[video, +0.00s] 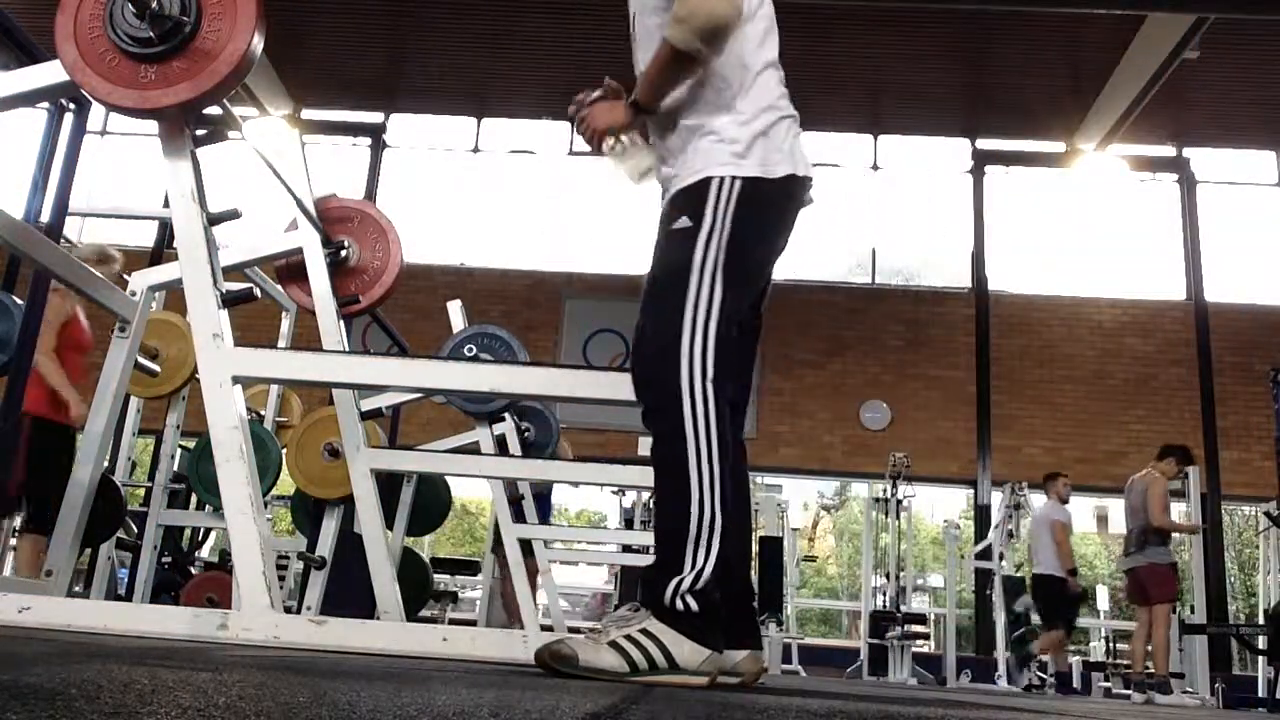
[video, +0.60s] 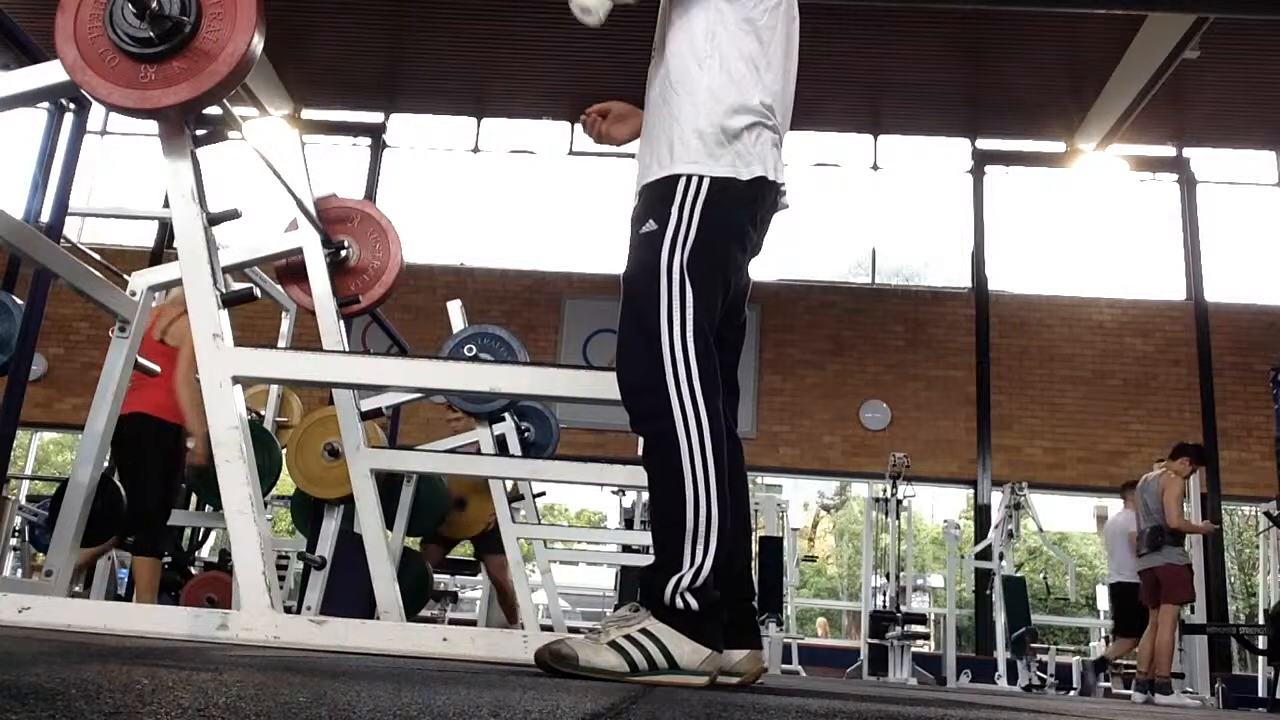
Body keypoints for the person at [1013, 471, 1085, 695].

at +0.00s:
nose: (1069, 490)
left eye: (1069, 486)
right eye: (1066, 485)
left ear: (1050, 490)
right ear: (1053, 488)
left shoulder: (1038, 513)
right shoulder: (1058, 510)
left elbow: (1032, 549)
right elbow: (1062, 541)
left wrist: (1040, 568)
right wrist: (1072, 573)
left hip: (1039, 577)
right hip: (1056, 577)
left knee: (1057, 632)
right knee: (1062, 631)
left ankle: (1063, 681)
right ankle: (1028, 651)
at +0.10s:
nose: (1081, 490)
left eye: (1081, 486)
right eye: (1076, 485)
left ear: (1062, 491)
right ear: (1064, 488)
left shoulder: (1050, 513)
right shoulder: (1068, 509)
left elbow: (1051, 547)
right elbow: (1072, 539)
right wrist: (1087, 568)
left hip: (1051, 575)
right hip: (1067, 576)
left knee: (1062, 628)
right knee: (1091, 626)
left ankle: (1064, 682)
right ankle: (1054, 659)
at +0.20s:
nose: (1092, 490)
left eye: (1092, 486)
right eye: (1087, 486)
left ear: (1074, 491)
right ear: (1075, 489)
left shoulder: (1064, 512)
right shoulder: (1078, 510)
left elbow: (1074, 547)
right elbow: (1083, 541)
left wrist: (1099, 571)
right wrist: (1103, 567)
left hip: (1063, 577)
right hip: (1078, 578)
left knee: (1069, 629)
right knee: (1105, 624)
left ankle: (1063, 681)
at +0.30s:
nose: (1104, 494)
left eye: (1104, 490)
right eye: (1099, 489)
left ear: (1086, 494)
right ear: (1087, 492)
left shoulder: (1076, 515)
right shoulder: (1090, 512)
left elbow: (1083, 550)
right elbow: (1094, 543)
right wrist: (1116, 569)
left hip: (1073, 580)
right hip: (1089, 581)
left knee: (1073, 630)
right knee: (1114, 628)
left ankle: (1063, 680)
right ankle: (1120, 680)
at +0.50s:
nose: (1133, 499)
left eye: (1133, 494)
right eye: (1129, 494)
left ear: (1115, 498)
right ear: (1116, 496)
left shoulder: (1103, 520)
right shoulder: (1119, 520)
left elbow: (1104, 555)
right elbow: (1127, 555)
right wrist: (1140, 575)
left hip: (1104, 583)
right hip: (1122, 585)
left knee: (1102, 636)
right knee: (1140, 638)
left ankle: (1076, 670)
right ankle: (1143, 682)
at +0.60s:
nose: (1141, 500)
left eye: (1139, 495)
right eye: (1139, 496)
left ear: (1123, 498)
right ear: (1132, 496)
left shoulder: (1111, 521)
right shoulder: (1133, 518)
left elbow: (1110, 549)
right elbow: (1137, 546)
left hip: (1114, 580)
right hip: (1131, 580)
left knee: (1121, 634)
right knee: (1133, 636)